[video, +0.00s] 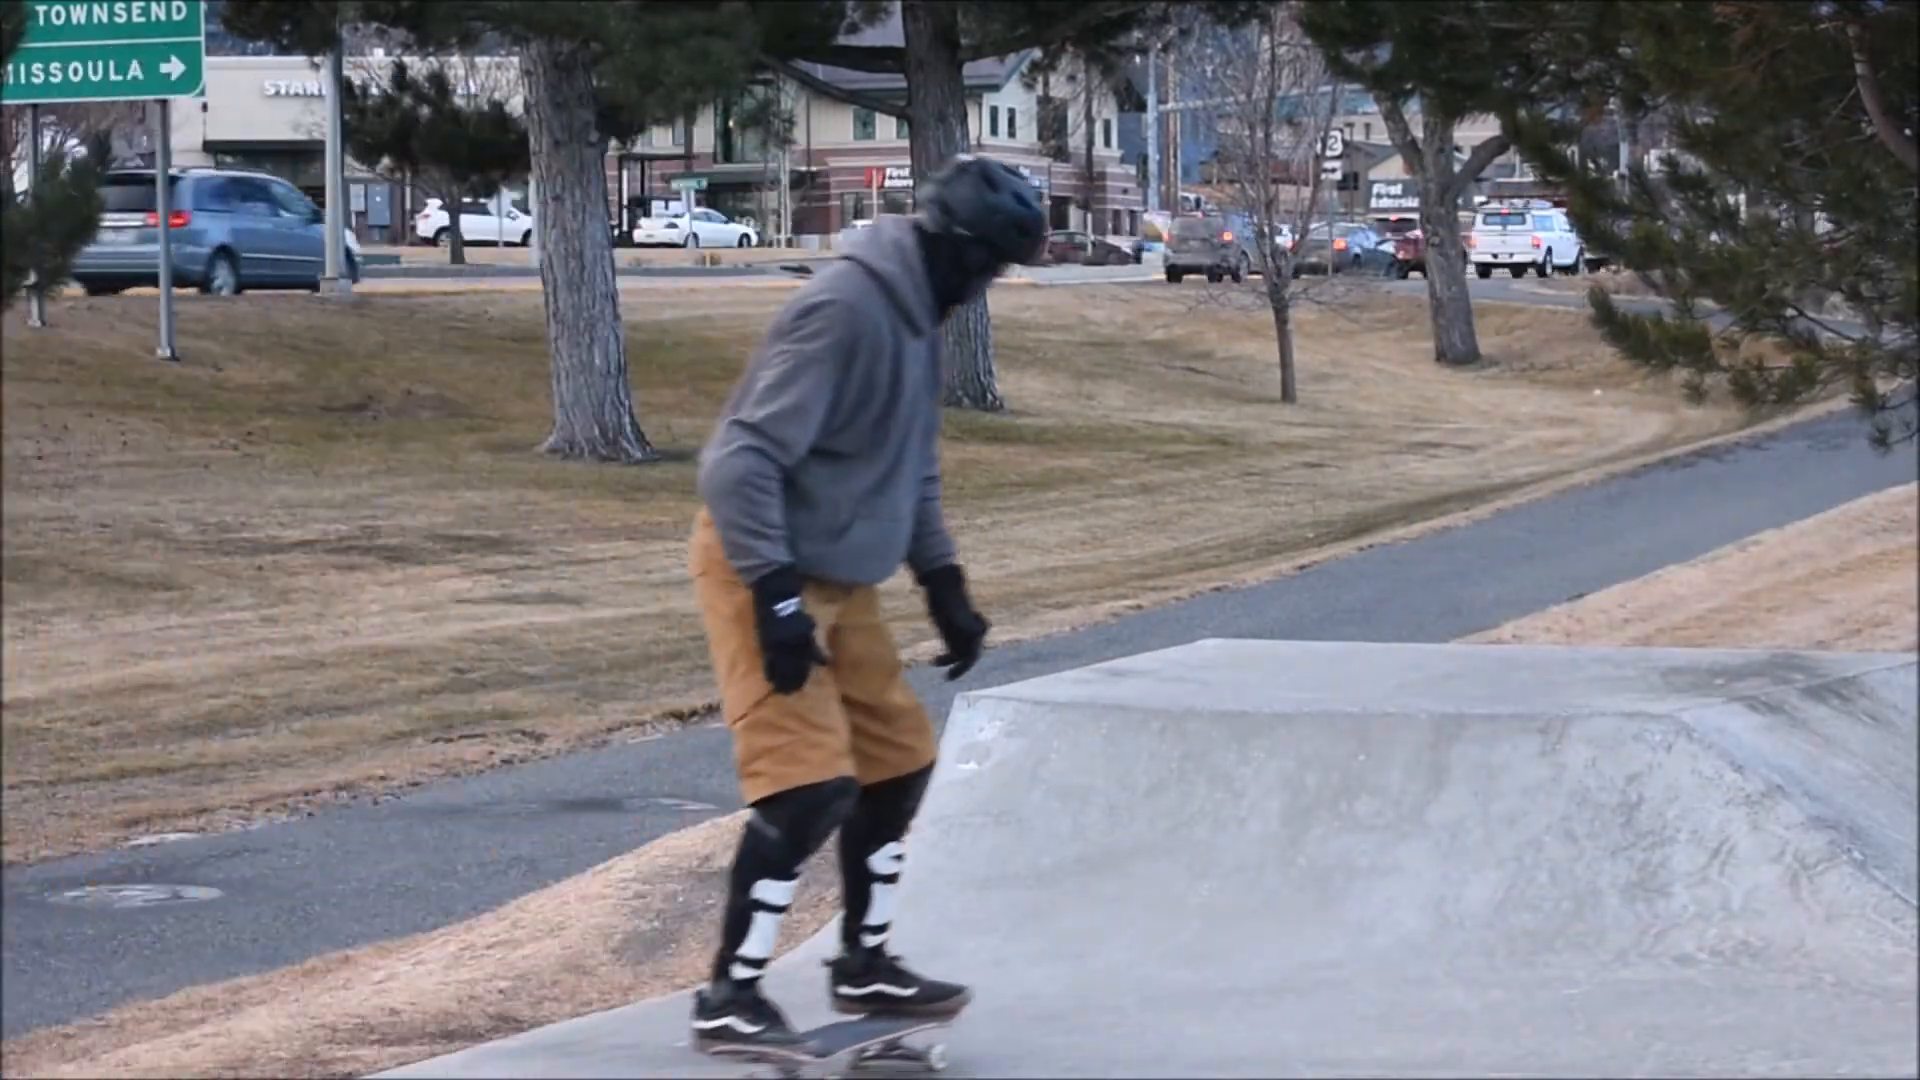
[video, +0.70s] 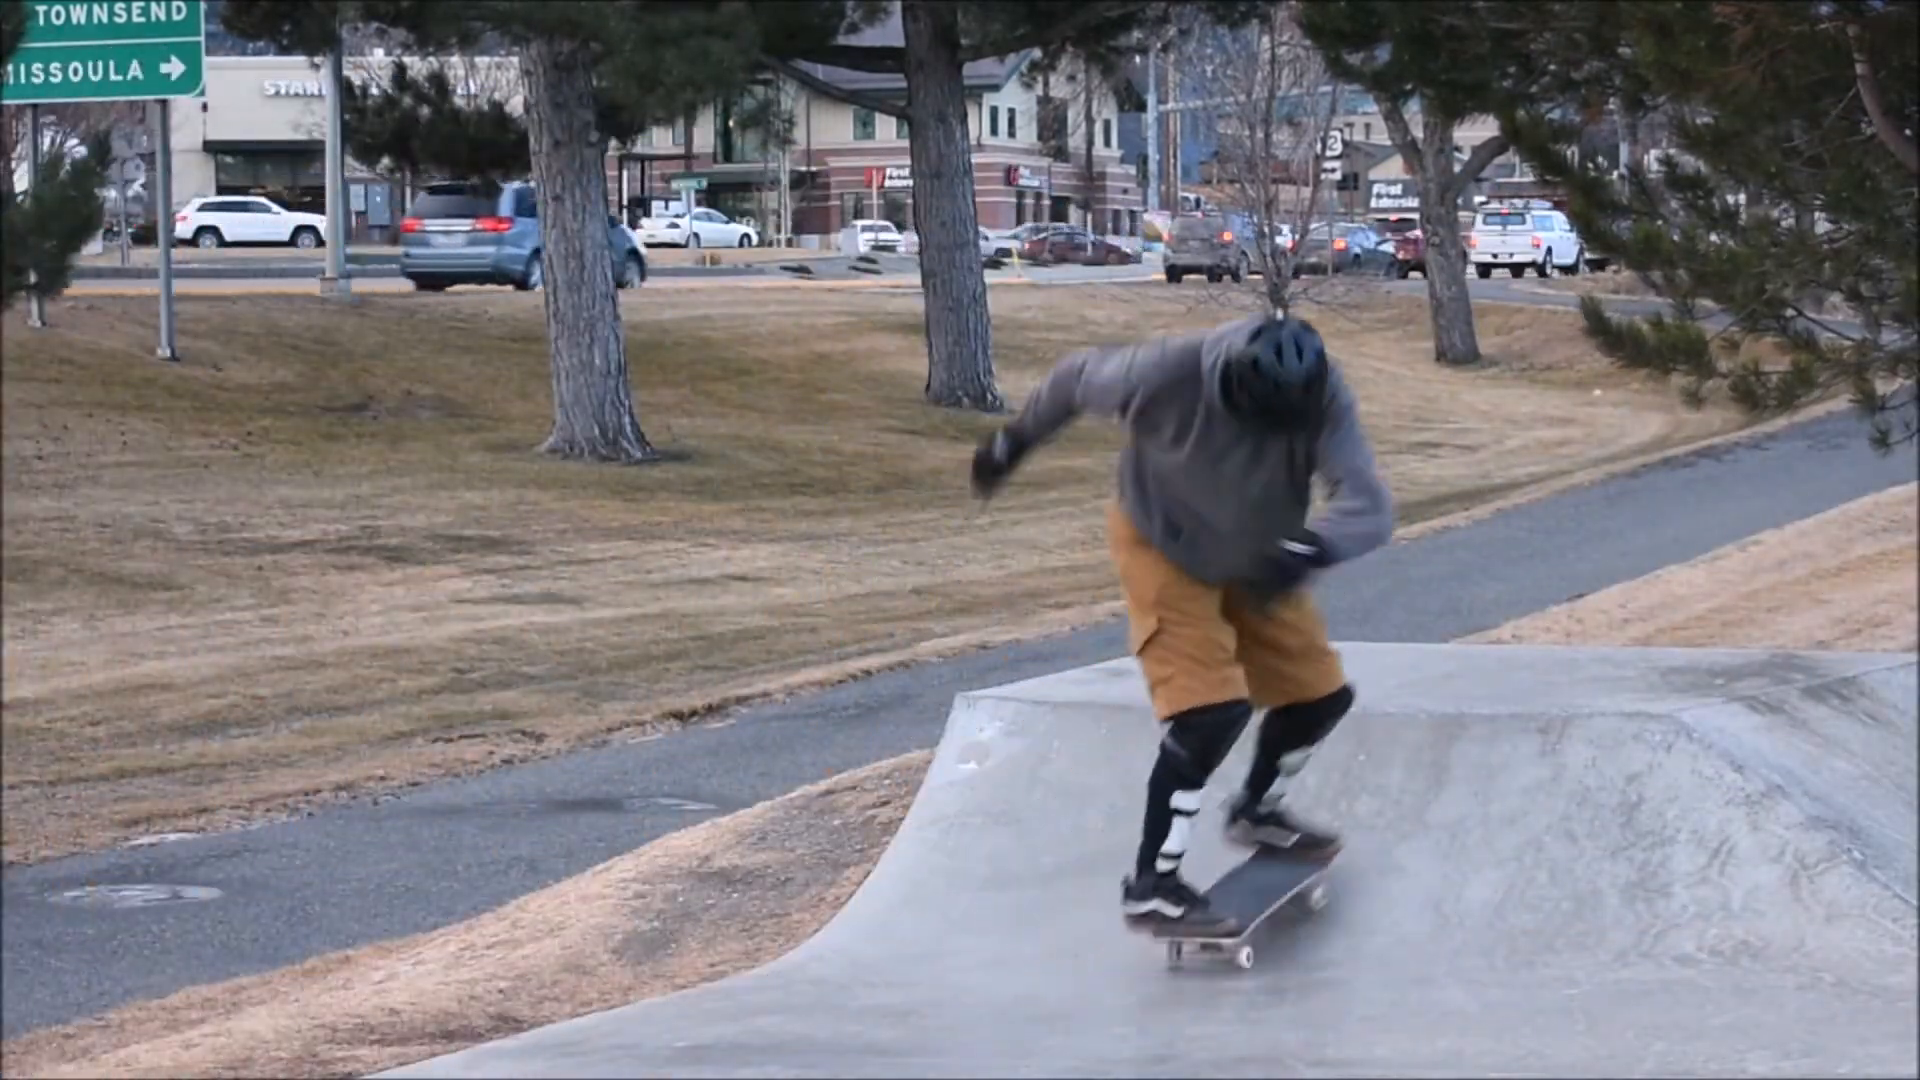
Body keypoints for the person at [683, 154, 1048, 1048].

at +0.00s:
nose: (991, 283)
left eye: (1001, 268)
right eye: (992, 263)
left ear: (965, 241)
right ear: (957, 238)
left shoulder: (918, 312)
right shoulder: (845, 305)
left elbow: (914, 468)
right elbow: (740, 458)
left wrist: (943, 583)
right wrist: (774, 596)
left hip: (841, 577)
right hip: (762, 570)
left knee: (895, 763)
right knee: (807, 783)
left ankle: (863, 962)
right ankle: (730, 994)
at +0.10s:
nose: (1058, 314)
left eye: (1068, 301)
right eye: (1060, 296)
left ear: (1036, 274)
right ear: (1030, 270)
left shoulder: (994, 342)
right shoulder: (913, 327)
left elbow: (980, 483)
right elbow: (795, 466)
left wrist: (1016, 595)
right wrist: (824, 602)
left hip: (905, 581)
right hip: (826, 573)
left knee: (966, 754)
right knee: (877, 773)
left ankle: (925, 947)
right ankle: (799, 979)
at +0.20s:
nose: (1115, 370)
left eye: (1127, 360)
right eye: (1118, 353)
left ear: (1103, 332)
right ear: (1091, 323)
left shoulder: (1057, 387)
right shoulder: (972, 368)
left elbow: (1046, 515)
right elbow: (846, 489)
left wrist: (1095, 614)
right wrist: (870, 619)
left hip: (960, 595)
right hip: (880, 587)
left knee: (1045, 753)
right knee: (956, 772)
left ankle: (984, 931)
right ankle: (864, 960)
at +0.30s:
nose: (1165, 427)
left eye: (1175, 418)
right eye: (1167, 411)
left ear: (1157, 389)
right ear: (1145, 380)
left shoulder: (1122, 431)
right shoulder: (1022, 414)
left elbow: (1118, 548)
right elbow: (888, 523)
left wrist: (1188, 628)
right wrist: (906, 648)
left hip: (1015, 612)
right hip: (935, 603)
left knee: (1116, 750)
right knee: (1030, 769)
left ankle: (1040, 918)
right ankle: (925, 945)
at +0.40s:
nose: (1213, 475)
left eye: (1222, 466)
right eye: (1212, 461)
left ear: (1205, 439)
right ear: (1186, 430)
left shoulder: (1188, 472)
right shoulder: (1070, 449)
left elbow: (1197, 576)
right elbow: (928, 538)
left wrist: (1274, 622)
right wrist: (933, 666)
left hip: (1074, 624)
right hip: (985, 612)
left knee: (1177, 750)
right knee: (1091, 765)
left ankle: (1093, 906)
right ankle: (985, 931)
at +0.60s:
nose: (1267, 496)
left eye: (1282, 483)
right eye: (1256, 481)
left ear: (1301, 457)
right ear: (1224, 443)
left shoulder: (1293, 458)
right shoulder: (1146, 439)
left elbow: (1328, 586)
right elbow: (1023, 491)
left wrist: (1282, 539)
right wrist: (977, 590)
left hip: (1192, 593)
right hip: (1100, 579)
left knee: (1274, 737)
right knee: (1189, 743)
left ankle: (1192, 872)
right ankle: (1092, 905)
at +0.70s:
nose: (1273, 431)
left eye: (1289, 422)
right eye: (1263, 418)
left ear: (1311, 391)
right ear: (1236, 383)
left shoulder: (1322, 396)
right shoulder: (1169, 372)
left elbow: (1370, 506)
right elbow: (1073, 380)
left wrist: (1312, 549)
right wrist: (1011, 443)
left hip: (1258, 557)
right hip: (1163, 546)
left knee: (1317, 698)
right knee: (1210, 711)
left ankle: (1254, 808)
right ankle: (1152, 880)